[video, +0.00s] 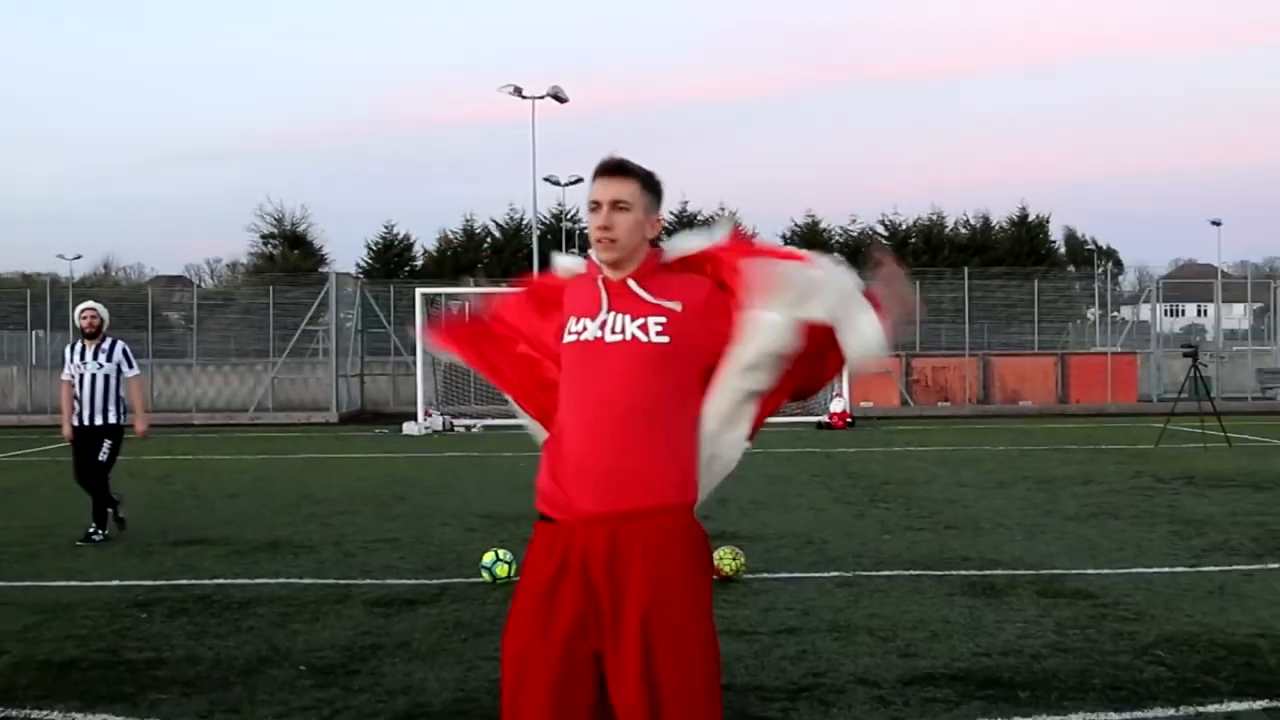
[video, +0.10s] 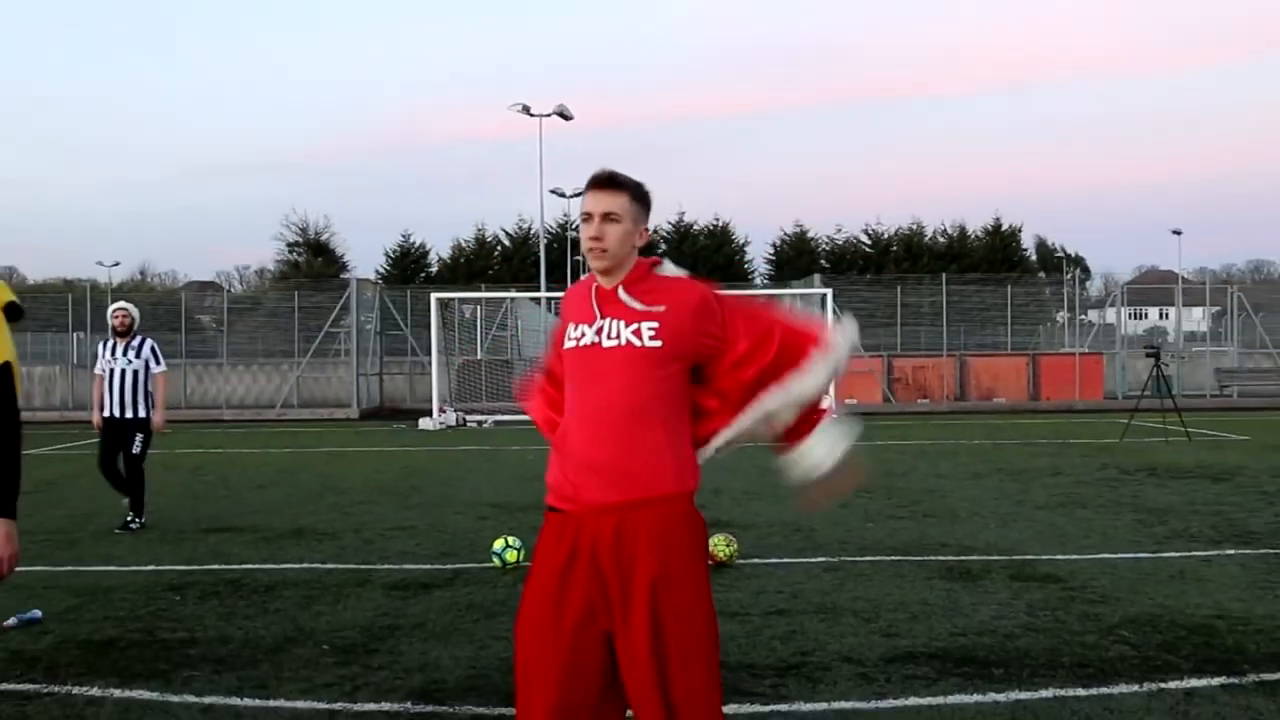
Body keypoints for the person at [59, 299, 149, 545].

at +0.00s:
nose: (89, 322)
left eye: (94, 317)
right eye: (85, 318)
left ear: (102, 322)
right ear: (78, 323)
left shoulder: (118, 348)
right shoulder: (72, 350)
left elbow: (134, 381)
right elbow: (67, 385)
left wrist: (139, 416)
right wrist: (66, 421)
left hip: (110, 421)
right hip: (82, 422)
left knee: (97, 472)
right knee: (82, 475)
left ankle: (99, 526)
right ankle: (113, 503)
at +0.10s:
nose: (120, 321)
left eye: (124, 317)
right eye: (116, 317)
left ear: (133, 321)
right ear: (111, 322)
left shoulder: (147, 345)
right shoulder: (104, 347)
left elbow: (160, 377)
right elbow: (99, 379)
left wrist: (159, 411)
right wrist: (96, 410)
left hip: (138, 416)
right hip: (112, 416)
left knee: (133, 465)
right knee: (106, 464)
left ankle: (136, 515)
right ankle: (131, 494)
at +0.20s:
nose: (158, 322)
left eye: (161, 318)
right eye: (154, 319)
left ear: (169, 322)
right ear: (149, 323)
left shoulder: (181, 344)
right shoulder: (143, 345)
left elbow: (192, 374)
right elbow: (138, 373)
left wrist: (180, 401)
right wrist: (136, 399)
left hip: (174, 410)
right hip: (150, 410)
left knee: (177, 455)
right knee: (138, 452)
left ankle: (182, 500)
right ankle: (147, 495)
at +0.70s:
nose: (134, 324)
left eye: (138, 320)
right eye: (130, 321)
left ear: (145, 323)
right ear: (125, 326)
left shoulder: (160, 345)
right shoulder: (120, 350)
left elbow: (173, 375)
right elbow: (117, 382)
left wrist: (177, 405)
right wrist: (113, 412)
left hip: (156, 409)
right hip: (130, 411)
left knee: (151, 450)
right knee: (133, 458)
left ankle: (163, 489)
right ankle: (140, 504)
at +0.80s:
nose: (127, 323)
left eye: (131, 319)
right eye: (123, 320)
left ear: (139, 323)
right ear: (117, 325)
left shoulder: (153, 345)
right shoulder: (110, 350)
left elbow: (168, 374)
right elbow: (106, 381)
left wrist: (176, 405)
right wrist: (101, 413)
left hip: (147, 409)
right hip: (121, 411)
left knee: (137, 453)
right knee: (128, 456)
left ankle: (139, 504)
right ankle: (135, 502)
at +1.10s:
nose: (110, 327)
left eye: (115, 323)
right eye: (106, 323)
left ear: (122, 328)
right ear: (99, 329)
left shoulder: (133, 353)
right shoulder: (91, 353)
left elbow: (147, 384)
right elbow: (85, 385)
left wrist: (150, 416)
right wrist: (78, 416)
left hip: (124, 416)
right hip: (99, 416)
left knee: (109, 463)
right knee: (102, 464)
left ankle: (104, 514)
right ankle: (131, 496)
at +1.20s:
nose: (103, 323)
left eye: (108, 320)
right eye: (99, 320)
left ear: (115, 324)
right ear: (92, 325)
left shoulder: (125, 350)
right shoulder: (85, 349)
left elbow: (137, 383)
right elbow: (78, 381)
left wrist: (131, 416)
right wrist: (72, 413)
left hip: (113, 416)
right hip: (87, 416)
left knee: (104, 464)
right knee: (79, 463)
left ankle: (103, 513)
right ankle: (110, 490)